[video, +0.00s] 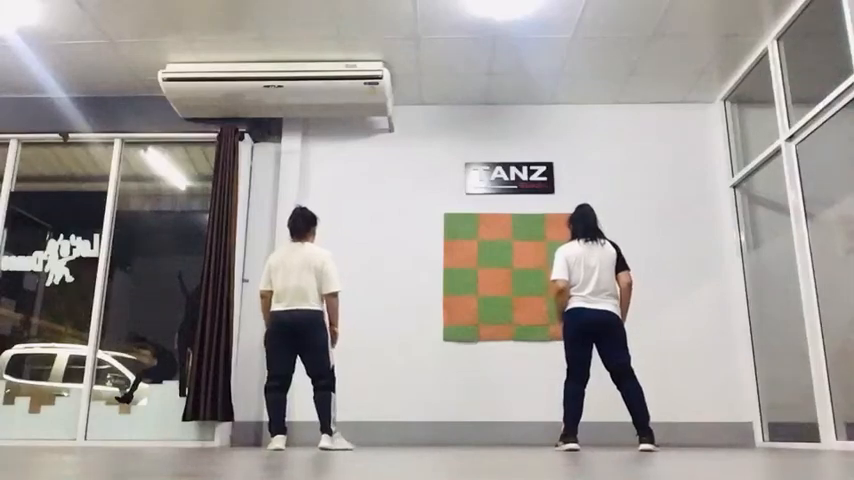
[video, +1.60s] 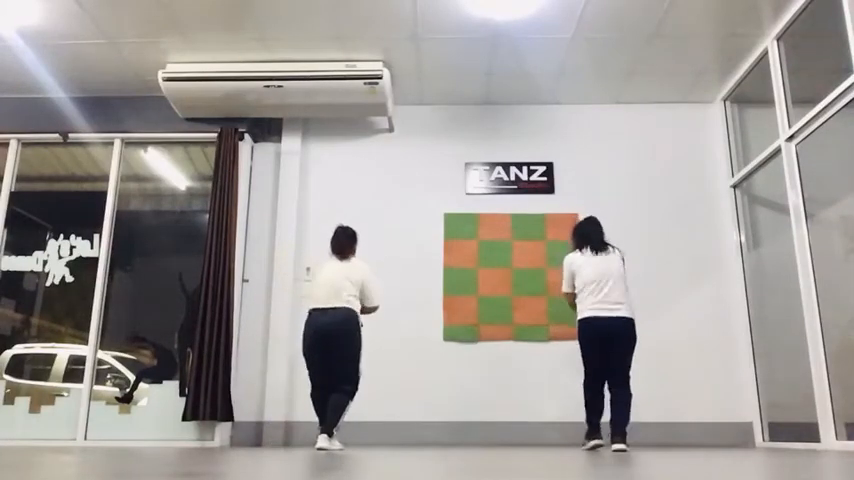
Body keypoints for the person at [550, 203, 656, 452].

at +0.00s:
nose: (568, 228)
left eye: (569, 224)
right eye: (569, 224)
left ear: (573, 225)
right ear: (595, 223)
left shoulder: (565, 250)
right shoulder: (612, 248)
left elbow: (562, 287)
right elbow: (626, 281)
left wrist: (561, 316)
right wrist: (621, 316)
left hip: (577, 318)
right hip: (609, 318)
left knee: (576, 376)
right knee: (624, 375)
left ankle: (569, 435)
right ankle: (645, 434)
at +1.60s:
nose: (573, 240)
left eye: (574, 236)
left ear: (577, 237)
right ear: (601, 234)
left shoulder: (571, 259)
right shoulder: (617, 254)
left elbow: (569, 295)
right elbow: (621, 286)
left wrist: (581, 310)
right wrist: (609, 306)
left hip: (590, 323)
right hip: (622, 322)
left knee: (593, 378)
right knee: (621, 380)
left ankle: (593, 433)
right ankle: (619, 437)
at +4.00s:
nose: (612, 222)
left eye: (609, 217)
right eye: (608, 218)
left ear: (597, 223)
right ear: (597, 223)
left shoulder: (603, 251)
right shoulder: (593, 244)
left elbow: (606, 292)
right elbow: (586, 257)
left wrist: (628, 288)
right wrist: (586, 257)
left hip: (601, 315)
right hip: (595, 315)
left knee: (604, 375)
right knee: (604, 374)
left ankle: (596, 433)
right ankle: (598, 433)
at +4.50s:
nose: (608, 221)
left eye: (605, 216)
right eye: (604, 217)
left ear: (590, 223)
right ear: (595, 222)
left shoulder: (584, 247)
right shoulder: (597, 245)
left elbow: (589, 278)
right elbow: (600, 272)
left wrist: (609, 283)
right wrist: (617, 284)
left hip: (588, 312)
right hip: (600, 314)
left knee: (598, 375)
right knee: (601, 375)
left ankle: (593, 432)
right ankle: (597, 433)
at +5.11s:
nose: (615, 265)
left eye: (618, 261)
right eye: (617, 260)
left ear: (602, 250)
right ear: (609, 252)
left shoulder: (578, 268)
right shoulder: (597, 269)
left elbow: (582, 305)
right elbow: (609, 311)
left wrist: (604, 308)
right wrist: (613, 308)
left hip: (580, 337)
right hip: (594, 337)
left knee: (618, 382)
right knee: (630, 381)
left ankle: (593, 433)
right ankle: (600, 434)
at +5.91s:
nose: (604, 245)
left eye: (602, 240)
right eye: (601, 240)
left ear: (579, 243)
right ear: (589, 239)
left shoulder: (570, 265)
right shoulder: (595, 252)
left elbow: (580, 296)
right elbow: (607, 279)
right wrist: (617, 293)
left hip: (583, 330)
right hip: (600, 329)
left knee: (609, 380)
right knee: (628, 380)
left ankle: (591, 433)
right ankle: (601, 433)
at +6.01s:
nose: (612, 259)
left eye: (614, 255)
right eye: (612, 253)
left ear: (591, 248)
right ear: (602, 248)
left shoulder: (573, 267)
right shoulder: (595, 263)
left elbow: (577, 303)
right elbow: (608, 298)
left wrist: (602, 304)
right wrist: (613, 305)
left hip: (582, 338)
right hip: (598, 337)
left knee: (615, 383)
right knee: (633, 383)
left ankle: (592, 433)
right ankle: (601, 434)